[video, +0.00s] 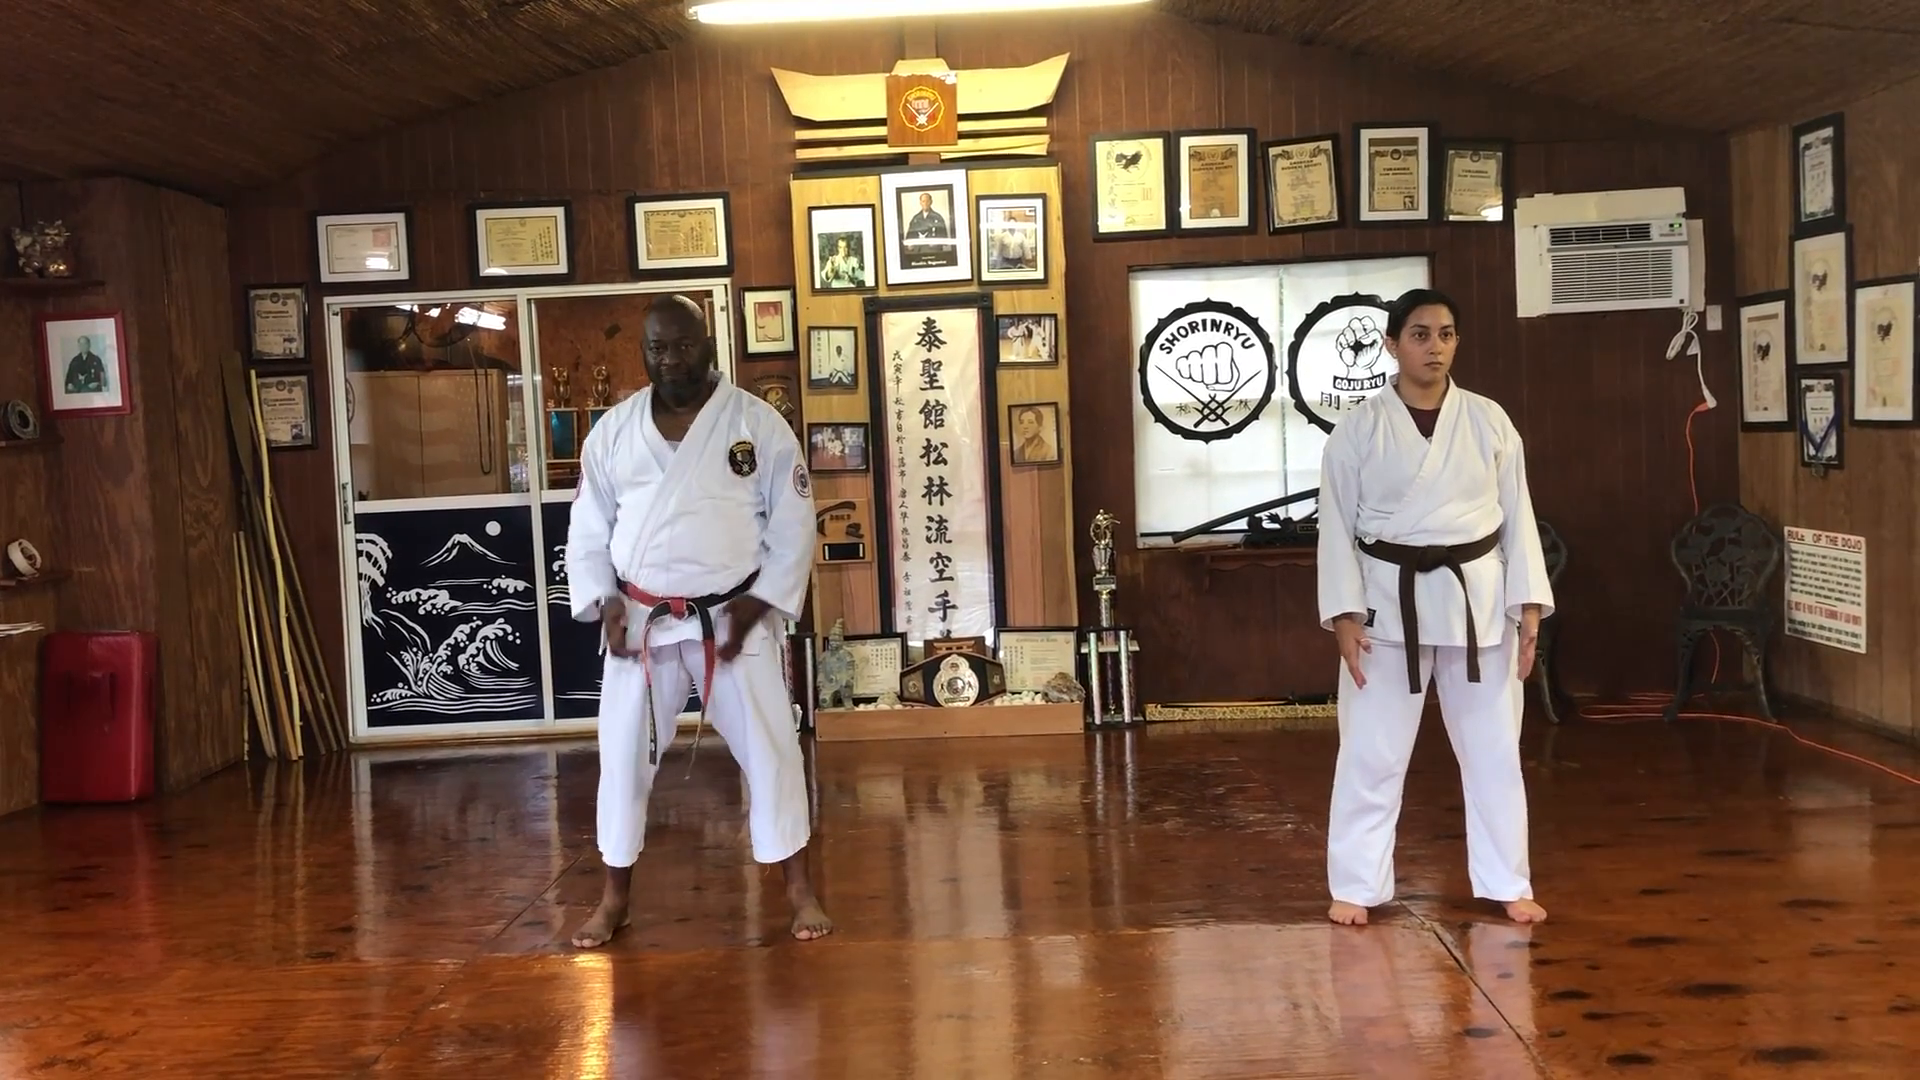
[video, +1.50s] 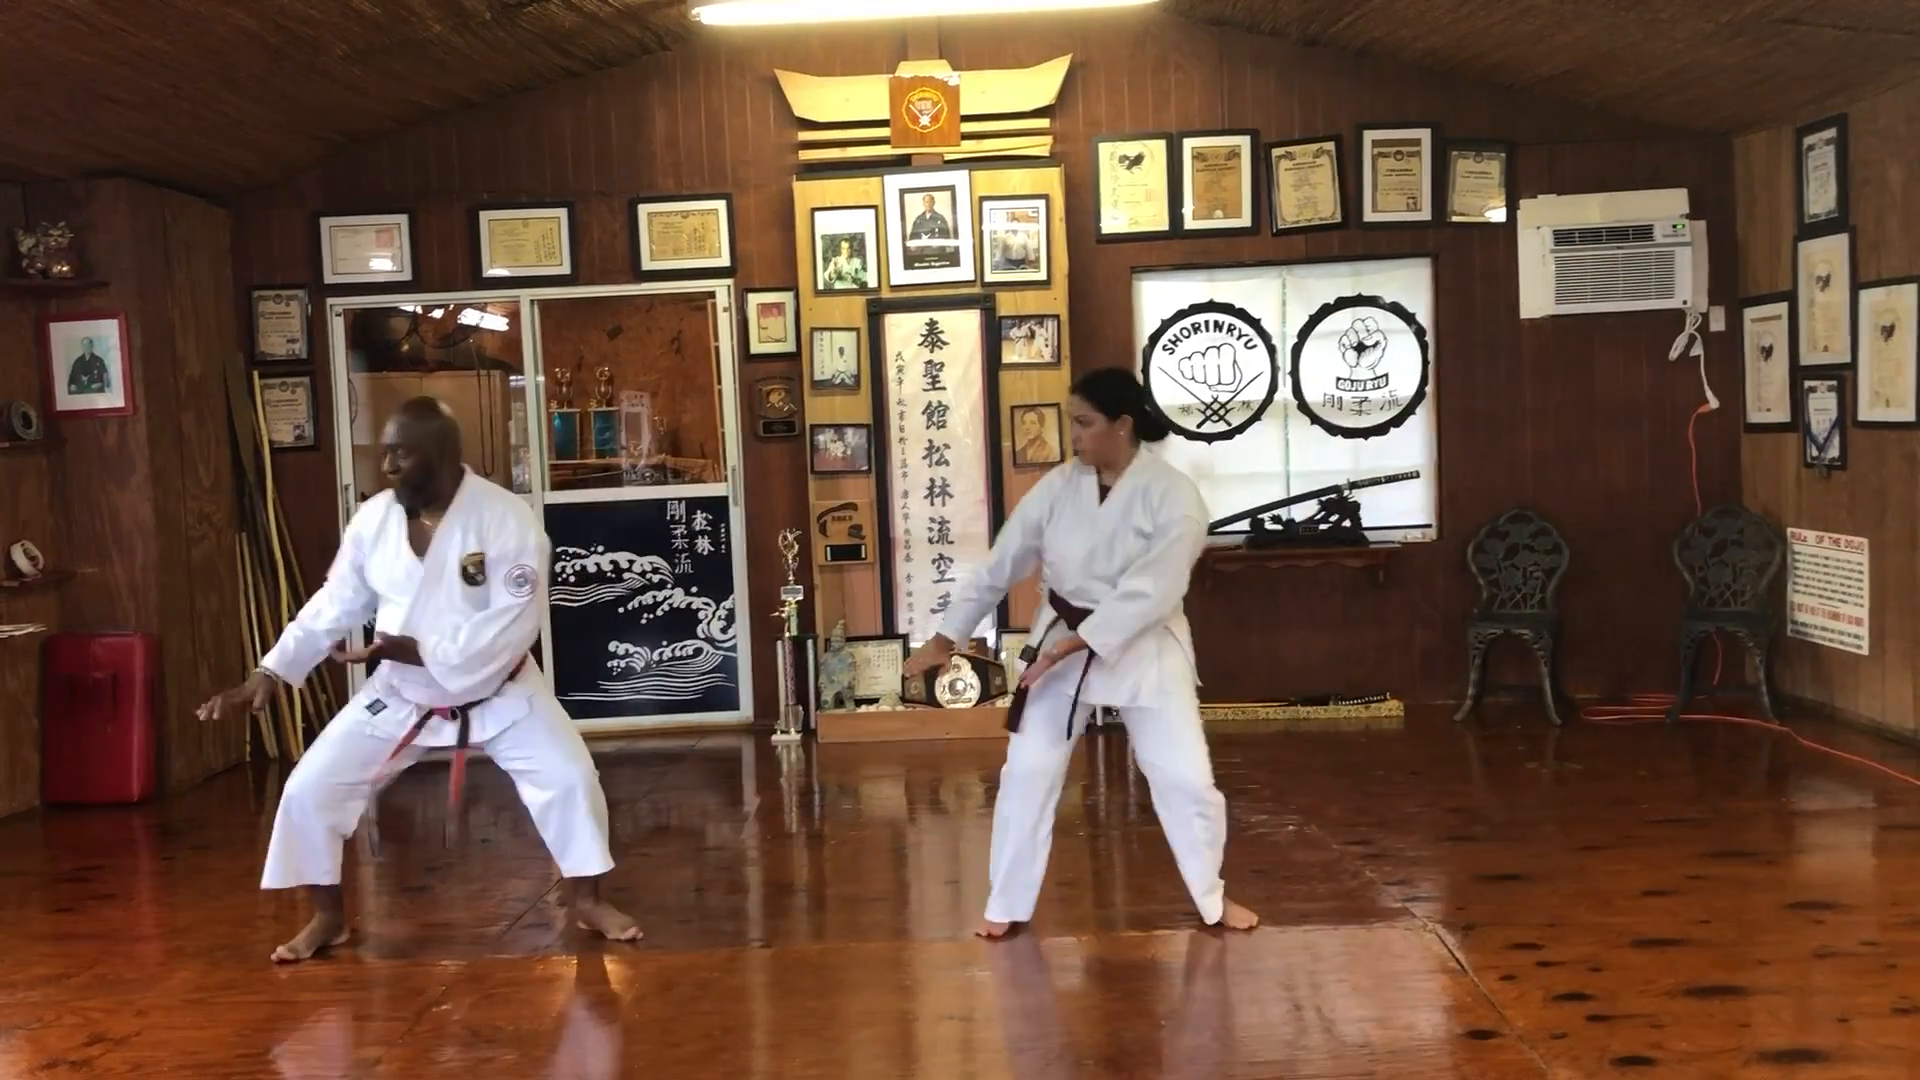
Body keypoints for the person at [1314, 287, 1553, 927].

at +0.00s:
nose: (1435, 345)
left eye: (1445, 334)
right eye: (1420, 333)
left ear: (1457, 344)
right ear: (1393, 345)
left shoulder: (1489, 420)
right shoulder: (1358, 427)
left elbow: (1518, 519)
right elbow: (1336, 523)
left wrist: (1529, 606)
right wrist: (1343, 611)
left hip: (1480, 603)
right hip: (1387, 603)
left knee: (1494, 755)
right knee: (1372, 756)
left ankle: (1508, 885)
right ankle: (1354, 890)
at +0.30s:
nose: (1451, 352)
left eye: (1460, 341)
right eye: (1436, 342)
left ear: (1473, 354)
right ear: (1407, 356)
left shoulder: (1503, 406)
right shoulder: (1372, 415)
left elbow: (1588, 431)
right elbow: (1369, 443)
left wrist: (1564, 454)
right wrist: (1421, 462)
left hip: (1470, 585)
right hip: (1380, 586)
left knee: (1490, 732)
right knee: (1371, 735)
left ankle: (1512, 878)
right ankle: (1349, 881)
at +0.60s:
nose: (1450, 391)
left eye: (1461, 380)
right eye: (1438, 382)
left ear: (1478, 388)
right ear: (1416, 389)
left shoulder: (1493, 436)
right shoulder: (1386, 443)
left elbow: (1549, 421)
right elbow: (1383, 432)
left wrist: (1580, 382)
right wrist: (1414, 381)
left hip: (1466, 594)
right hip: (1376, 594)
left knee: (1484, 736)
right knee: (1375, 739)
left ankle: (1509, 879)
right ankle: (1350, 883)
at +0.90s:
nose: (1367, 437)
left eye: (1380, 423)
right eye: (1361, 426)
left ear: (1421, 423)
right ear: (1356, 432)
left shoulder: (1467, 470)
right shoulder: (1354, 478)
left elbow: (1562, 446)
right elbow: (1330, 539)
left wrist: (1505, 440)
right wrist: (1335, 476)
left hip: (1416, 639)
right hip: (1328, 625)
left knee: (1479, 768)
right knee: (1265, 751)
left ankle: (1504, 893)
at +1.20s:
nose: (1137, 446)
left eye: (1149, 433)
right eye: (1135, 433)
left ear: (1189, 438)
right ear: (1137, 437)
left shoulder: (1235, 494)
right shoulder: (1117, 492)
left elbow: (1302, 538)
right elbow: (1139, 571)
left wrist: (1353, 549)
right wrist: (1223, 561)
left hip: (1224, 660)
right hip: (1130, 661)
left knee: (1304, 779)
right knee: (1065, 785)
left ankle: (1361, 863)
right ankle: (1010, 906)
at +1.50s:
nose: (1073, 435)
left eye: (1084, 423)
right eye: (1071, 423)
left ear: (1124, 425)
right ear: (1075, 425)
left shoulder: (1173, 493)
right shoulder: (1058, 488)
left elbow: (1157, 590)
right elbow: (998, 567)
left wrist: (1074, 641)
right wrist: (944, 638)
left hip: (1146, 638)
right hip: (1064, 634)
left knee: (1185, 776)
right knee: (1029, 768)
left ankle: (1212, 898)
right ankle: (1007, 907)